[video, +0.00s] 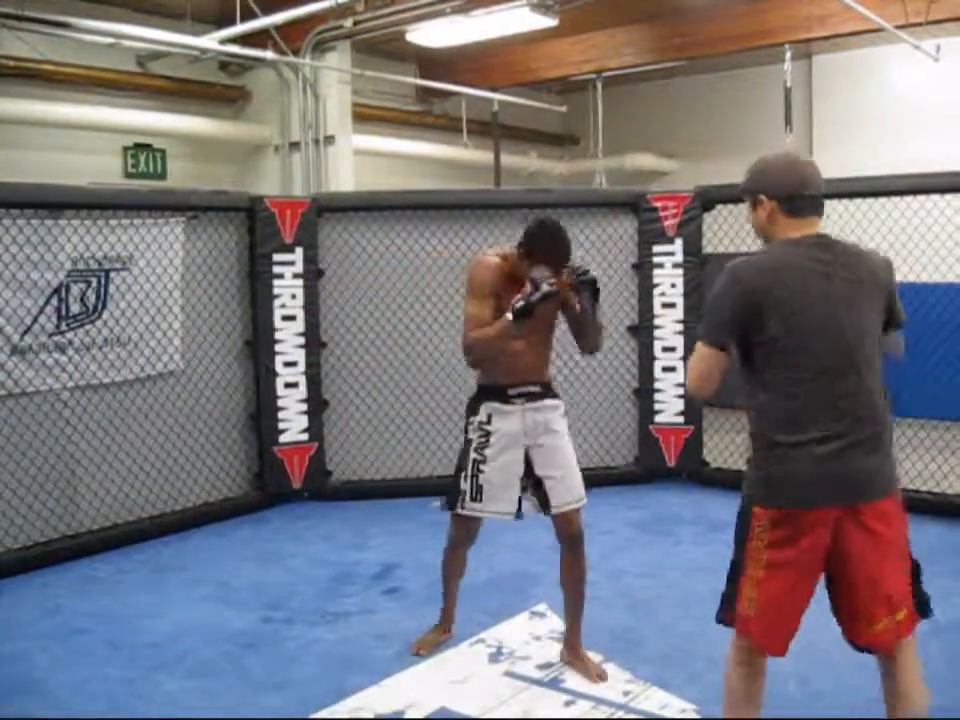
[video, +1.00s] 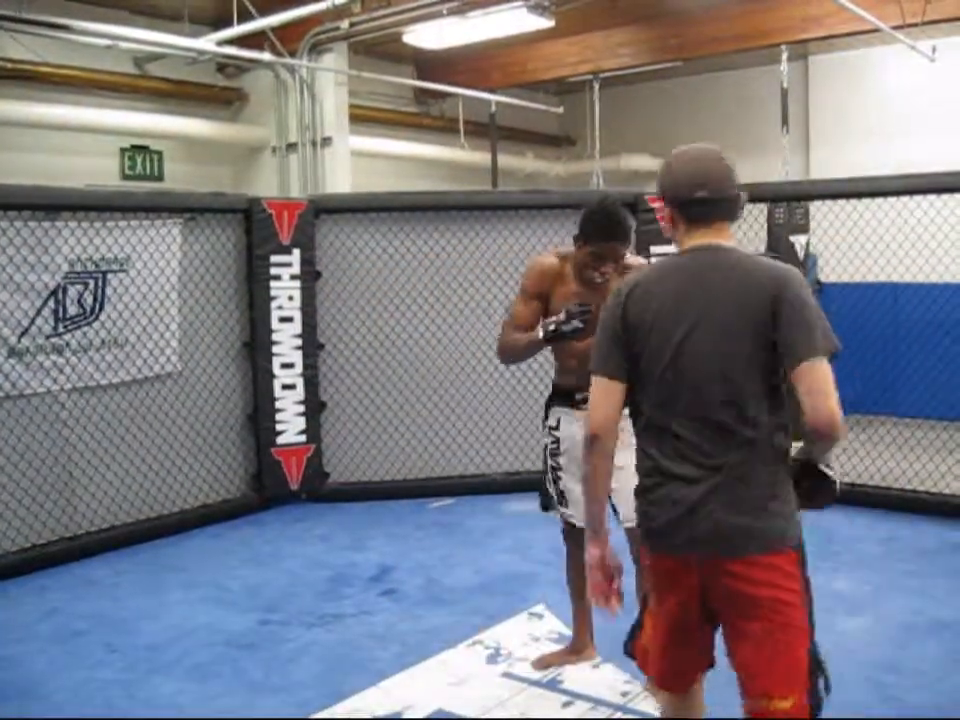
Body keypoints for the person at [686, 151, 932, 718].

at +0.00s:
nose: (749, 217)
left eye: (749, 206)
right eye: (749, 206)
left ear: (765, 206)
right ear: (816, 202)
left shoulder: (744, 277)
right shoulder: (872, 268)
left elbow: (701, 382)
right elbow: (886, 347)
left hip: (784, 487)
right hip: (873, 483)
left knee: (749, 653)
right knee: (898, 649)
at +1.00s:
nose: (657, 212)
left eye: (658, 204)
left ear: (665, 212)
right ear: (736, 206)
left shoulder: (631, 295)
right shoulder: (779, 282)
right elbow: (824, 417)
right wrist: (814, 445)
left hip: (667, 528)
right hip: (757, 529)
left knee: (677, 689)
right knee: (778, 704)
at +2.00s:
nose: (475, 214)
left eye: (473, 201)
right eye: (474, 200)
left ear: (404, 205)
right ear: (460, 197)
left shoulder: (375, 281)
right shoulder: (459, 265)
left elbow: (326, 404)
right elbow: (550, 376)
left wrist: (364, 470)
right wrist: (576, 348)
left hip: (385, 533)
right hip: (446, 536)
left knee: (423, 698)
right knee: (471, 703)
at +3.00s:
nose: (376, 252)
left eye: (377, 238)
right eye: (371, 237)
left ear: (338, 235)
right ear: (341, 234)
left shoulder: (307, 302)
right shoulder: (290, 306)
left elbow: (301, 415)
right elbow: (354, 421)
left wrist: (369, 425)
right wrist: (443, 383)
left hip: (311, 520)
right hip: (259, 529)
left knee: (373, 642)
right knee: (220, 694)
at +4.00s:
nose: (356, 271)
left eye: (360, 259)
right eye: (356, 256)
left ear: (303, 245)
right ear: (333, 246)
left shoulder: (239, 298)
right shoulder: (324, 304)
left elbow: (228, 395)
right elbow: (326, 408)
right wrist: (384, 428)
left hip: (220, 492)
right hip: (288, 496)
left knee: (204, 641)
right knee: (375, 606)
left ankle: (188, 715)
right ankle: (351, 711)